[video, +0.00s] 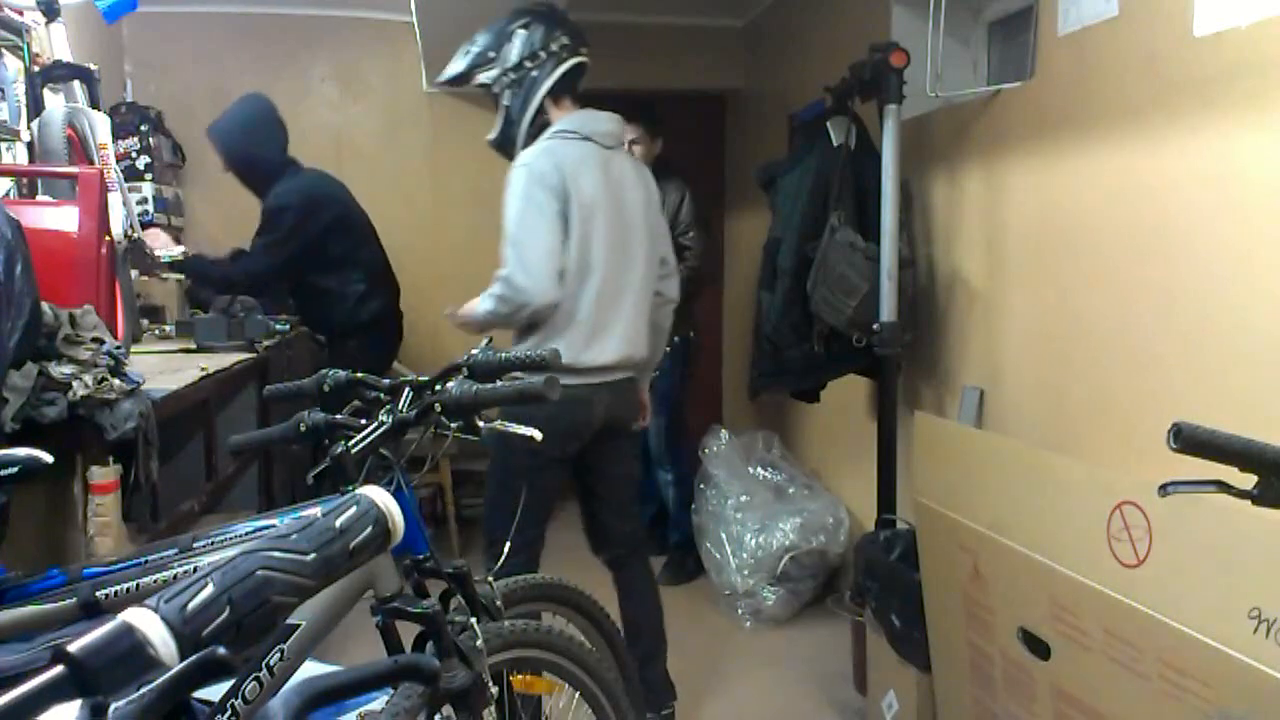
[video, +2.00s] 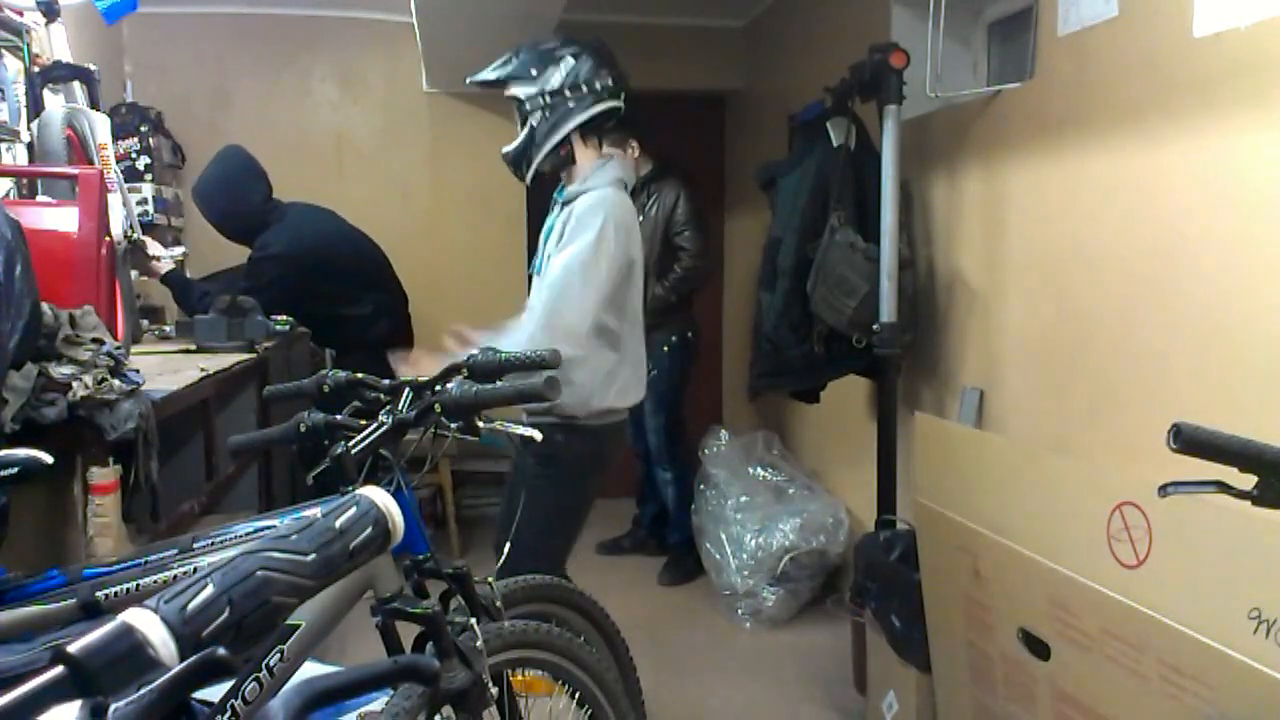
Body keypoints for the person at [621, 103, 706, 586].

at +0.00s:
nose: (629, 151)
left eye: (637, 143)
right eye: (625, 143)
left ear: (658, 146)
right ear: (619, 148)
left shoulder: (673, 193)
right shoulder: (616, 194)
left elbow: (693, 254)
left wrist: (663, 292)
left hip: (668, 325)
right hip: (625, 322)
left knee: (664, 438)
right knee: (634, 435)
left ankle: (683, 543)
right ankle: (651, 529)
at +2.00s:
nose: (610, 166)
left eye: (612, 157)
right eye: (607, 158)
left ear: (633, 151)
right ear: (626, 154)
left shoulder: (670, 192)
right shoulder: (619, 200)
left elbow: (693, 258)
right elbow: (622, 260)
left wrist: (651, 302)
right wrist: (619, 300)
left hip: (667, 331)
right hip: (634, 331)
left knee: (662, 435)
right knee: (640, 434)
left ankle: (685, 544)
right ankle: (650, 527)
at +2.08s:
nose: (608, 166)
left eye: (611, 156)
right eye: (605, 159)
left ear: (629, 152)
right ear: (618, 158)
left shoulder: (669, 191)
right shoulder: (616, 199)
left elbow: (692, 260)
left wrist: (651, 300)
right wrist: (617, 298)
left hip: (666, 330)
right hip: (632, 330)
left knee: (662, 438)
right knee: (641, 437)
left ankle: (685, 544)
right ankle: (651, 527)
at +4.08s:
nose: (602, 166)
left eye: (606, 156)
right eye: (597, 158)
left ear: (631, 151)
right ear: (613, 156)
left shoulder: (668, 192)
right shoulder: (607, 198)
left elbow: (689, 262)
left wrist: (652, 299)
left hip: (663, 322)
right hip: (621, 323)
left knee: (665, 435)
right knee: (638, 435)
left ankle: (685, 542)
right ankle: (651, 524)